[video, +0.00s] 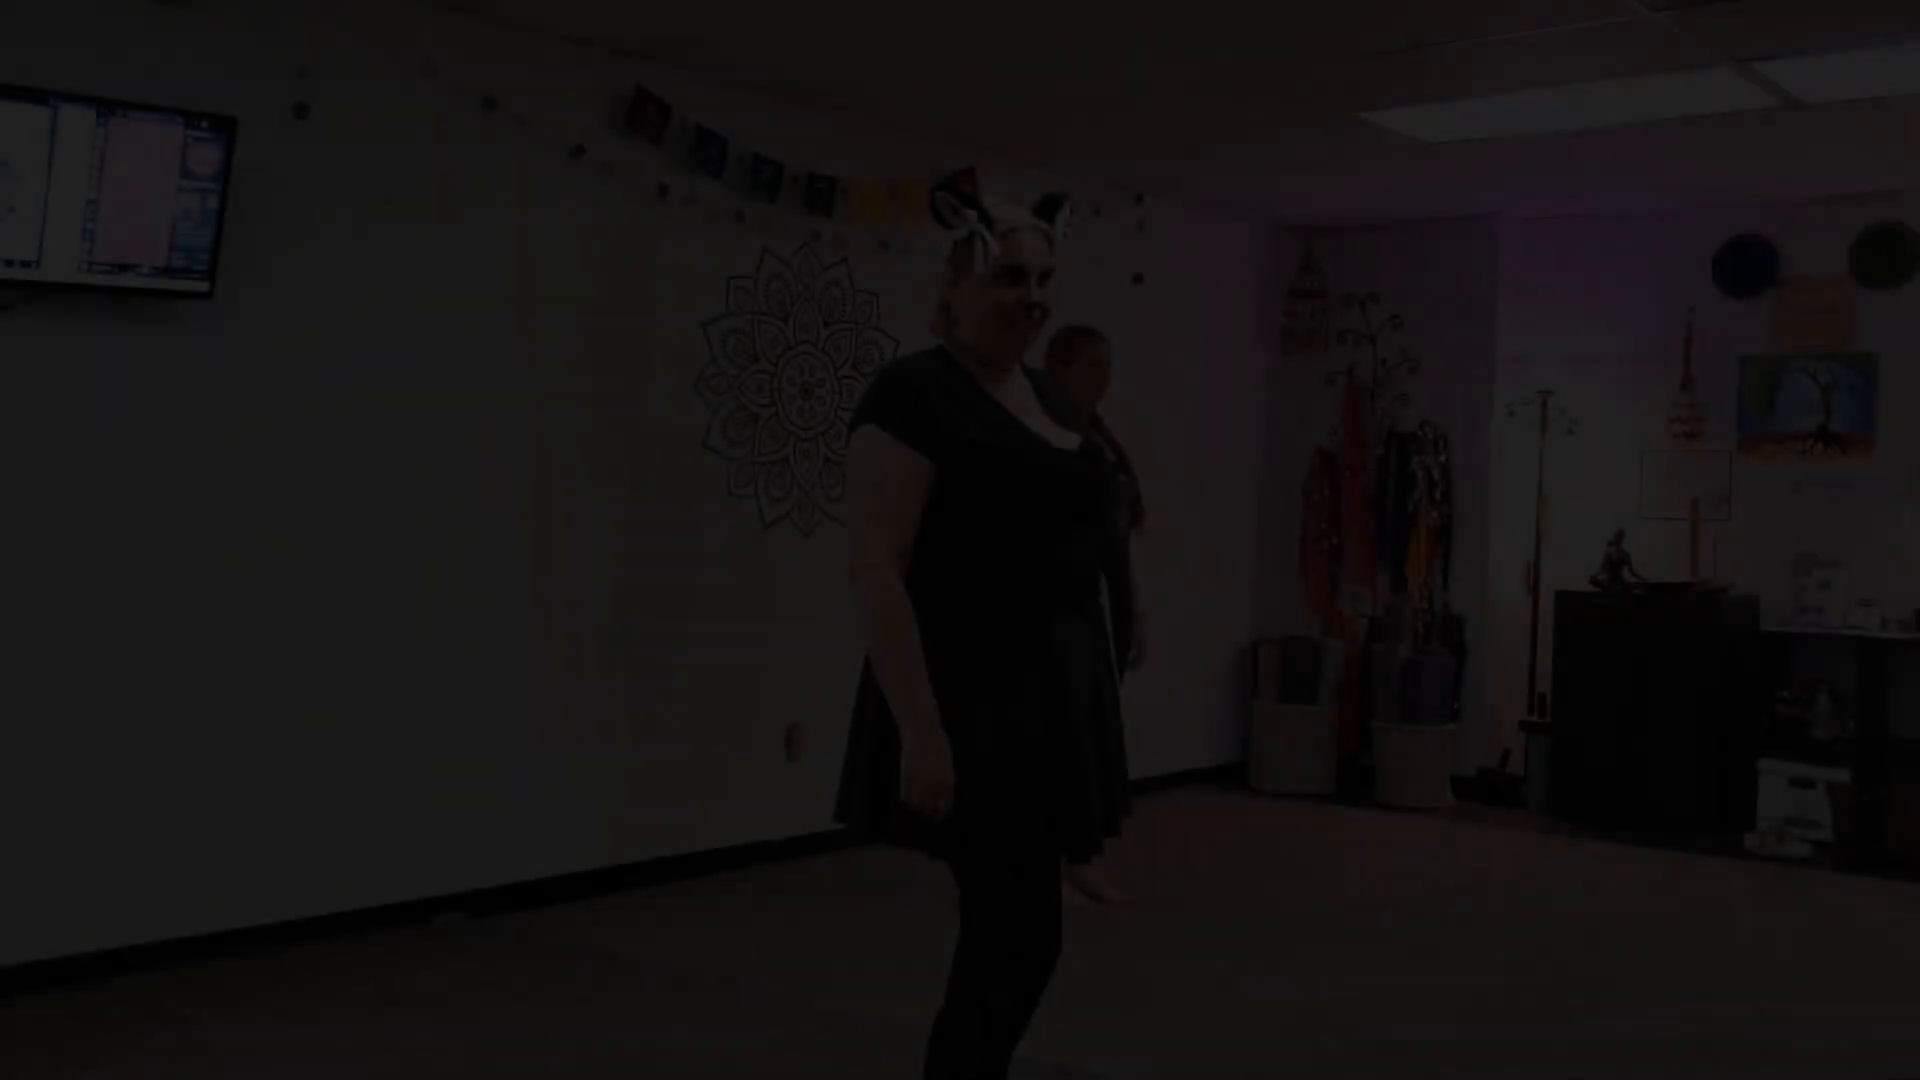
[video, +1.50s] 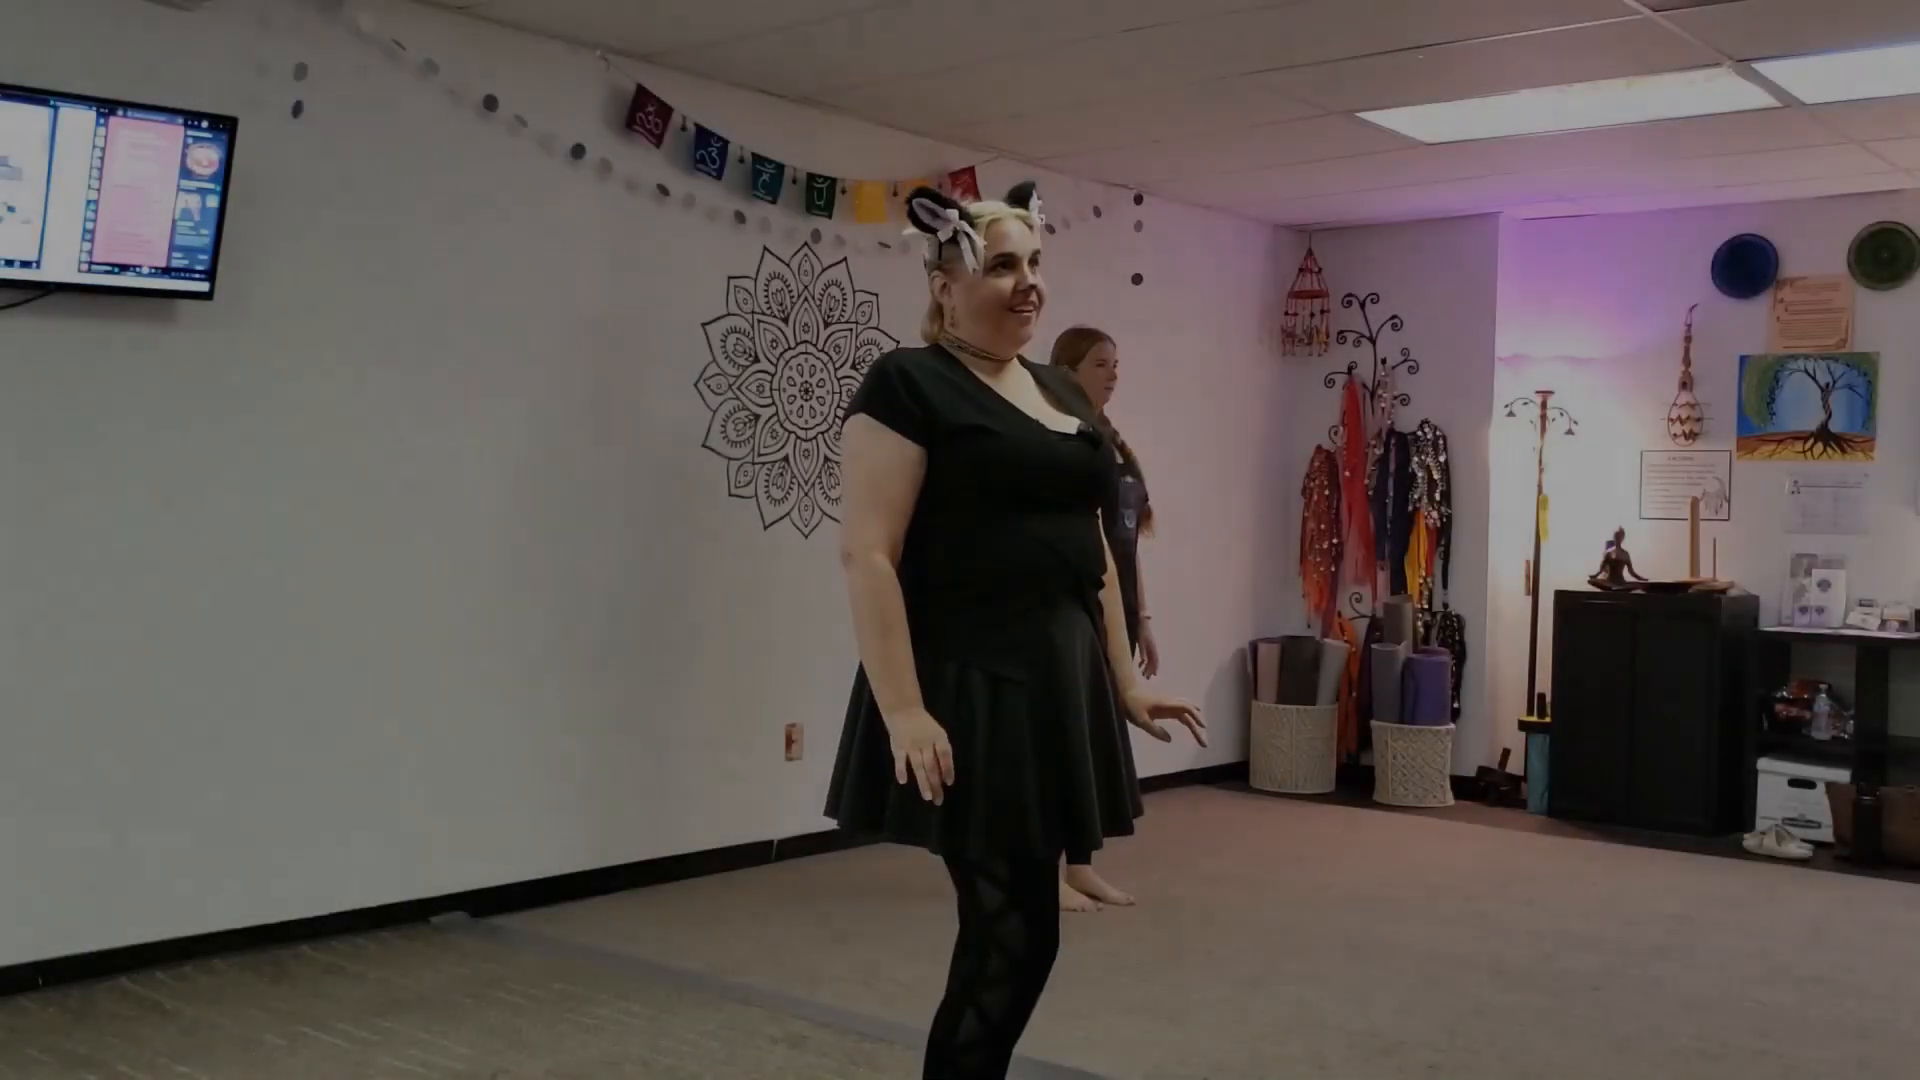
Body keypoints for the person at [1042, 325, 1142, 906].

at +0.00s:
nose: (1101, 382)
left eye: (1103, 370)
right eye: (1091, 370)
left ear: (1098, 376)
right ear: (1061, 370)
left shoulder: (1099, 441)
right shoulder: (1040, 436)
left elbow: (1119, 542)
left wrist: (1127, 622)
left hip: (1097, 618)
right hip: (1046, 617)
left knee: (1095, 734)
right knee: (1061, 735)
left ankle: (1086, 851)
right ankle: (1070, 852)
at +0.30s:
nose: (1104, 377)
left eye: (1106, 368)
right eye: (1094, 368)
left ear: (1097, 375)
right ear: (1060, 370)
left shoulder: (1096, 435)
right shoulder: (1041, 433)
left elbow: (1120, 525)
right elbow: (1055, 534)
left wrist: (1129, 602)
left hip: (1107, 604)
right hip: (1060, 606)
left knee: (1094, 723)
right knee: (1062, 726)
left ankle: (1084, 854)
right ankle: (1071, 856)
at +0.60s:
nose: (1105, 377)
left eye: (1108, 368)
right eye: (1095, 368)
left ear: (1101, 375)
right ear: (1061, 369)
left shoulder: (1097, 436)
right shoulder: (1042, 431)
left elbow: (1123, 519)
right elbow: (1052, 534)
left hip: (1106, 610)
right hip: (1055, 609)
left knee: (1091, 728)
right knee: (1051, 725)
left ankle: (1080, 858)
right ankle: (1055, 863)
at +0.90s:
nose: (1108, 377)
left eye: (1110, 367)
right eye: (1098, 367)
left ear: (1106, 373)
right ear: (1066, 370)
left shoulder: (1104, 440)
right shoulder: (1041, 437)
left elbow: (1123, 537)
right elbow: (1056, 533)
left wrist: (1138, 618)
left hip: (1101, 607)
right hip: (1047, 606)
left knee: (1085, 730)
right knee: (1044, 730)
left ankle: (1078, 860)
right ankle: (1042, 866)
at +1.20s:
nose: (1109, 378)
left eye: (1111, 368)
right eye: (1099, 369)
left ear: (1108, 373)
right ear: (1069, 371)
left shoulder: (1109, 443)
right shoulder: (1041, 439)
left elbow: (1128, 539)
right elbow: (1046, 534)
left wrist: (1142, 619)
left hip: (1103, 608)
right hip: (1048, 609)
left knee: (1089, 731)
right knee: (1047, 733)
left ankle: (1079, 861)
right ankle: (1047, 866)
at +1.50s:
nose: (1112, 376)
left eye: (1115, 367)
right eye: (1102, 366)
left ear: (1111, 374)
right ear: (1068, 370)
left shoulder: (1109, 441)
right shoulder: (1048, 436)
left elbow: (1124, 541)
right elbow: (1061, 534)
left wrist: (1140, 621)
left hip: (1106, 605)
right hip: (1054, 603)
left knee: (1087, 727)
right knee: (1047, 727)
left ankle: (1078, 862)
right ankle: (1045, 868)